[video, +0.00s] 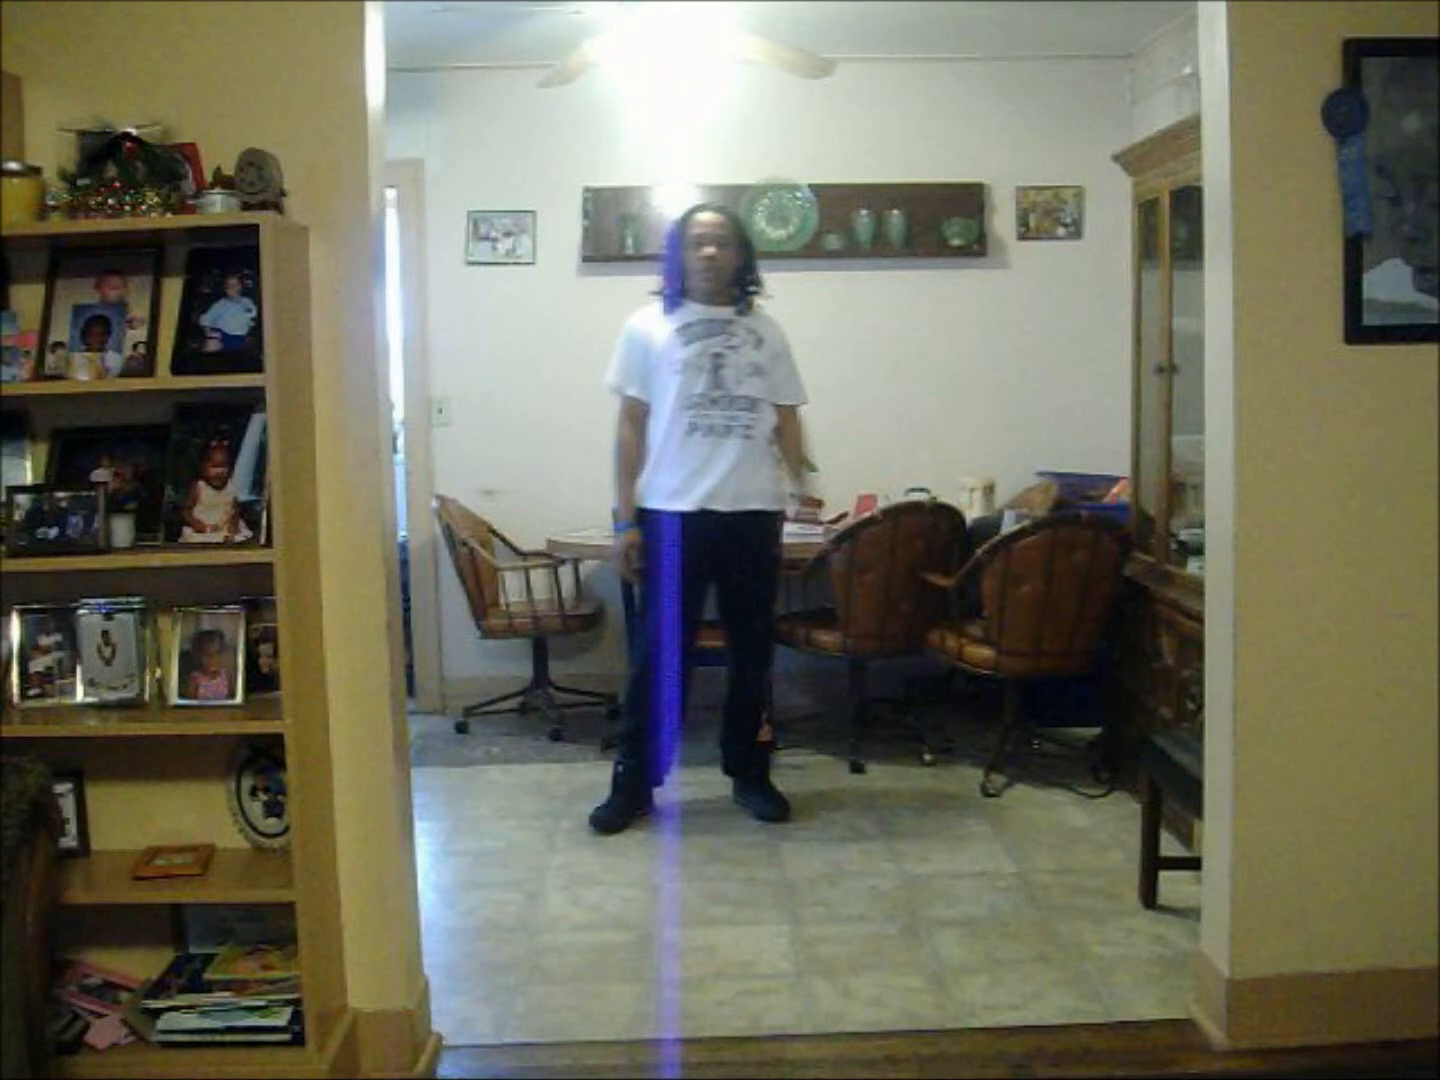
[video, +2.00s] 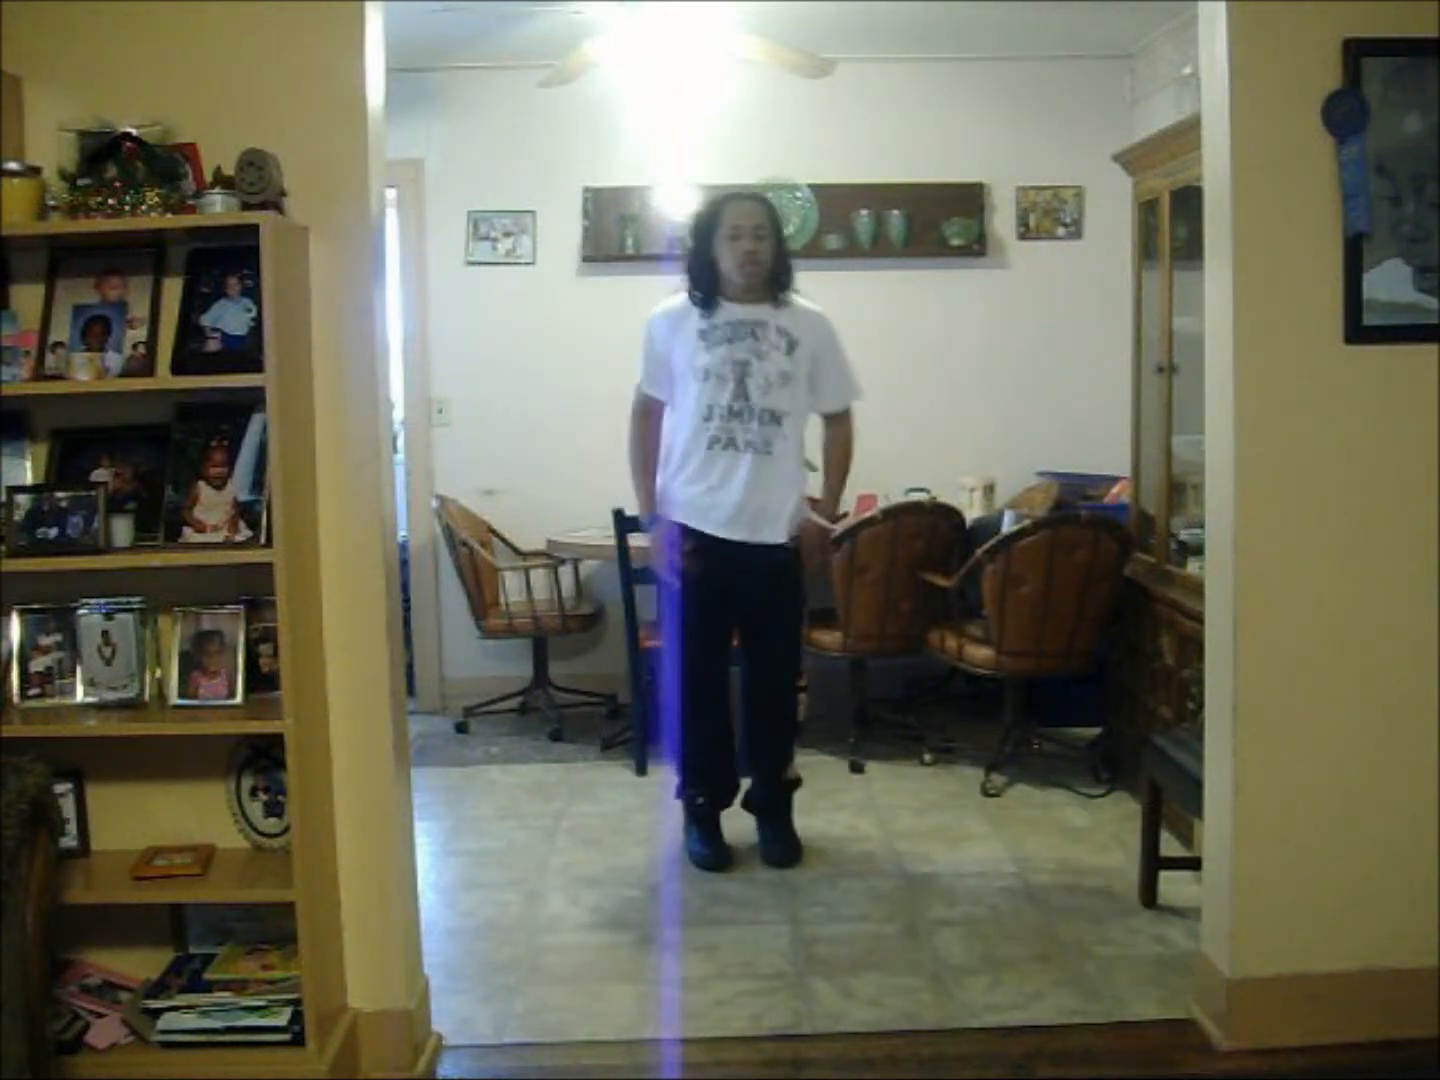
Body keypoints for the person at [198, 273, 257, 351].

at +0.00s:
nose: (232, 289)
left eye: (235, 285)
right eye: (229, 286)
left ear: (240, 287)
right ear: (225, 288)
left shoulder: (247, 303)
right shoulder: (221, 304)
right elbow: (204, 320)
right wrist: (210, 335)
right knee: (211, 342)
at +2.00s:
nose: (232, 288)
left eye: (235, 285)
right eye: (229, 285)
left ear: (240, 287)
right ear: (225, 287)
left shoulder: (247, 303)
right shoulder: (222, 304)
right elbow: (204, 320)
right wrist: (210, 335)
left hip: (243, 338)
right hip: (225, 337)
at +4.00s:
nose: (233, 288)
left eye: (236, 285)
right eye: (230, 285)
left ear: (240, 287)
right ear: (225, 288)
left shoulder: (247, 303)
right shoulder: (222, 304)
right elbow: (205, 320)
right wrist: (210, 335)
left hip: (243, 338)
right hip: (225, 338)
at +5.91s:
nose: (233, 289)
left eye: (236, 285)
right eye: (230, 286)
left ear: (240, 287)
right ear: (225, 288)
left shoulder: (247, 303)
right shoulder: (221, 304)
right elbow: (206, 320)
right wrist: (210, 335)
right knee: (212, 342)